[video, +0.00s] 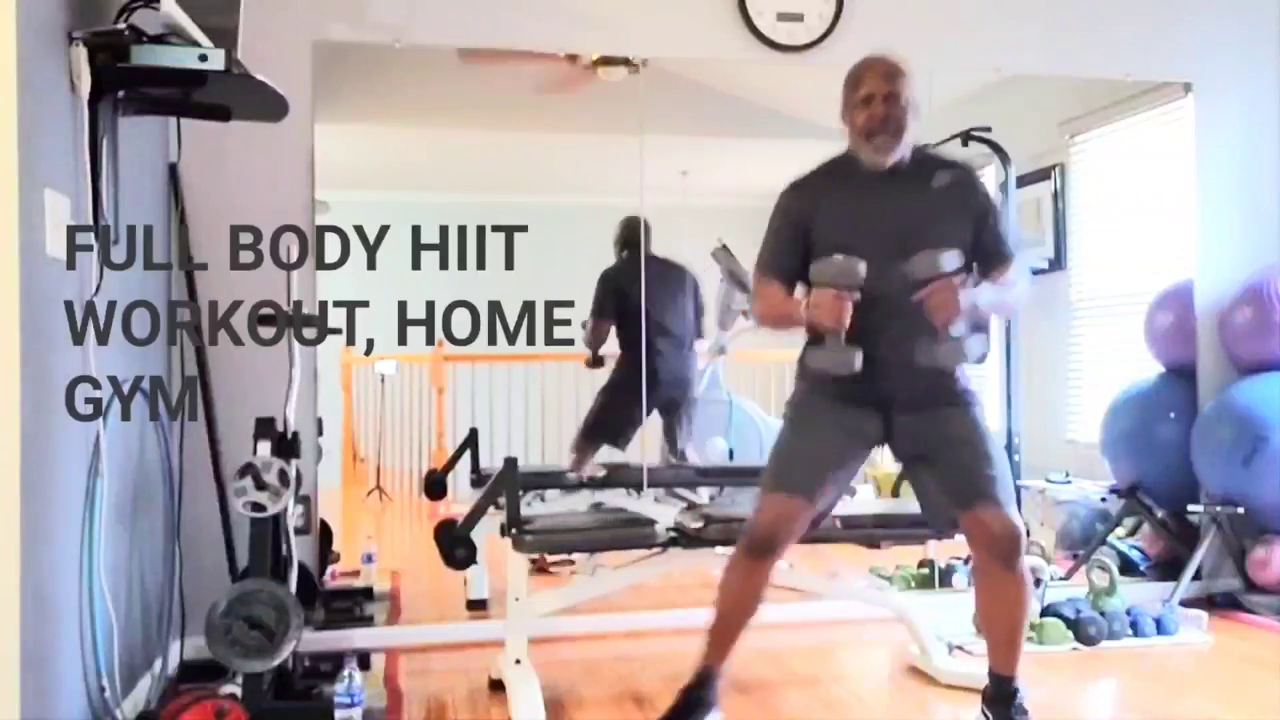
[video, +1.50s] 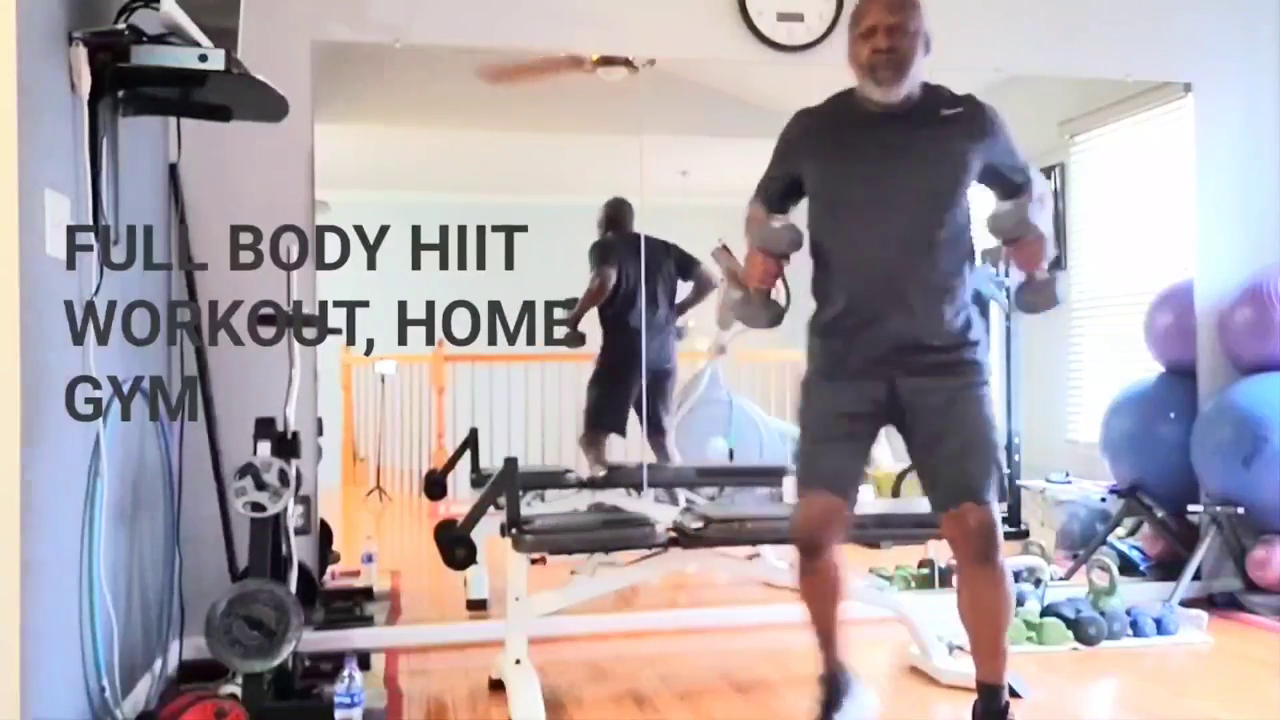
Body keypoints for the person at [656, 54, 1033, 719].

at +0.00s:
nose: (879, 110)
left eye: (892, 99)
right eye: (865, 101)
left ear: (915, 109)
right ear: (844, 115)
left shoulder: (959, 188)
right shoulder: (808, 196)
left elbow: (1010, 287)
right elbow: (765, 301)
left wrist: (970, 298)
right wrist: (806, 307)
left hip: (935, 397)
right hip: (836, 394)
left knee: (1001, 536)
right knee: (764, 535)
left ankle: (1004, 696)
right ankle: (704, 683)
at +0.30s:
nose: (780, 99)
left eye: (793, 87)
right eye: (767, 88)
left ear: (814, 95)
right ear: (747, 97)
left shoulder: (860, 174)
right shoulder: (711, 183)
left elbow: (917, 270)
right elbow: (661, 280)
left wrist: (881, 275)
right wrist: (698, 290)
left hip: (837, 380)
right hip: (740, 380)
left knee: (904, 526)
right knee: (700, 533)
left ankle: (955, 663)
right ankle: (684, 687)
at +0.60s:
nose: (727, 86)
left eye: (741, 74)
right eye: (714, 74)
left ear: (766, 83)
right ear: (696, 85)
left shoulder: (817, 146)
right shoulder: (671, 157)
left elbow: (874, 195)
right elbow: (617, 225)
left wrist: (881, 243)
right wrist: (614, 266)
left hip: (771, 373)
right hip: (679, 368)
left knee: (763, 549)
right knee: (659, 534)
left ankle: (762, 672)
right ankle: (676, 688)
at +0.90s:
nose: (730, 74)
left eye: (744, 62)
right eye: (718, 62)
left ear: (770, 67)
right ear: (700, 69)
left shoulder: (821, 140)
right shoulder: (672, 152)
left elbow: (873, 235)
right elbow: (617, 243)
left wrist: (841, 257)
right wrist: (641, 269)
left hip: (805, 365)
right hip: (709, 369)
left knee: (866, 523)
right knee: (679, 528)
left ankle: (923, 676)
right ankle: (679, 687)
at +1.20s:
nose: (806, 159)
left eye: (820, 147)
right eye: (793, 147)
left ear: (847, 154)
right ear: (775, 155)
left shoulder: (890, 229)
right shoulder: (739, 234)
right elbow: (696, 341)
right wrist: (725, 337)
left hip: (869, 435)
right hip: (760, 434)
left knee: (964, 556)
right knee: (699, 564)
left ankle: (988, 705)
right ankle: (685, 694)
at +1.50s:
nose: (881, 43)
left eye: (896, 30)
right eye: (867, 31)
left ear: (925, 41)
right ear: (848, 44)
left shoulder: (970, 121)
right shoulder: (812, 129)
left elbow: (1024, 190)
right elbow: (763, 210)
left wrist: (1031, 235)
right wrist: (762, 249)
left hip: (946, 357)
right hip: (844, 358)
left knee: (976, 530)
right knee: (814, 530)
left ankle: (992, 700)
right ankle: (835, 677)